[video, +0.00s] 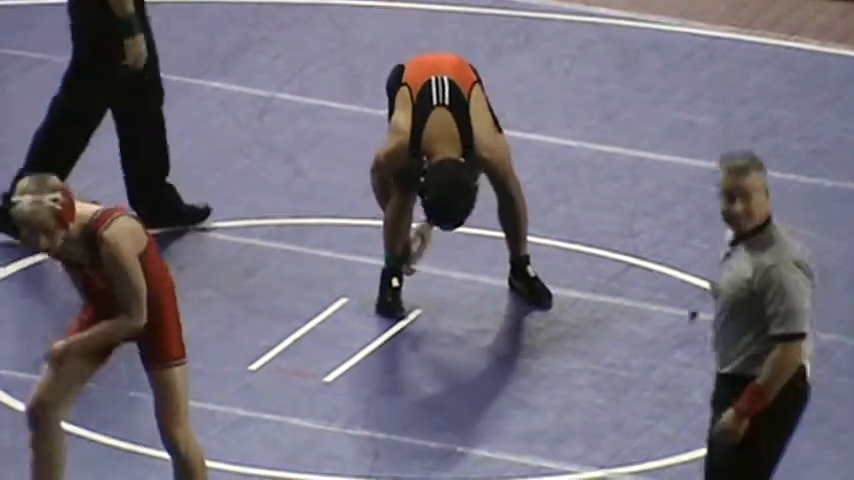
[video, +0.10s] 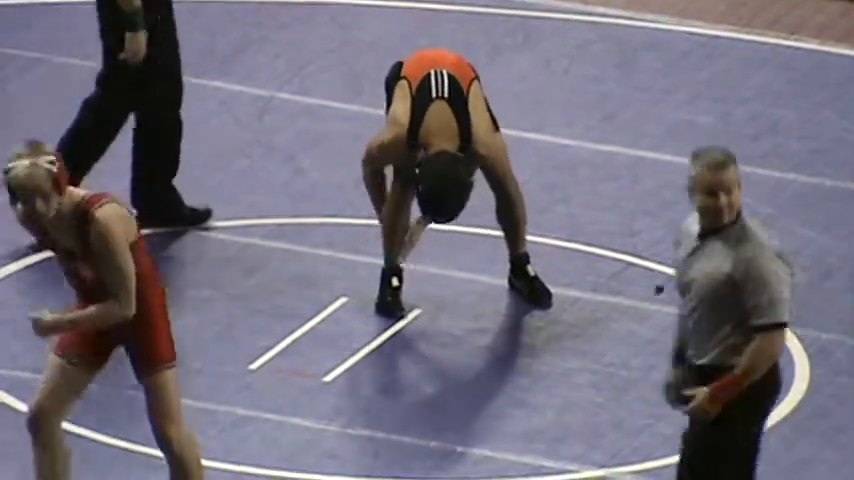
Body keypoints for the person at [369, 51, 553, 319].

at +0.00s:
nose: (444, 228)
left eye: (451, 225)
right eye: (438, 223)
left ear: (473, 183)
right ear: (424, 186)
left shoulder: (492, 150)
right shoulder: (397, 151)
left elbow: (515, 200)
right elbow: (378, 177)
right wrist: (396, 230)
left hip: (464, 73)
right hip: (408, 76)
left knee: (506, 190)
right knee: (403, 192)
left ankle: (521, 268)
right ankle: (391, 277)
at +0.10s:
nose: (433, 221)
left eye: (443, 219)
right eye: (431, 215)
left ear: (469, 178)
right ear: (421, 183)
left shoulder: (488, 145)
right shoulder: (395, 141)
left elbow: (513, 196)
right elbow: (371, 164)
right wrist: (384, 216)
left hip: (464, 73)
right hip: (408, 73)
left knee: (503, 188)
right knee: (402, 186)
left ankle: (521, 267)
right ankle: (391, 276)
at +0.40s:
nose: (439, 152)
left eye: (449, 150)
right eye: (434, 145)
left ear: (466, 132)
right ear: (422, 115)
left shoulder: (487, 120)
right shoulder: (405, 88)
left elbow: (459, 185)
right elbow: (353, 114)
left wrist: (418, 230)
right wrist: (347, 180)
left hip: (480, 59)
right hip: (427, 53)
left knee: (507, 177)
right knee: (410, 179)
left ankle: (525, 256)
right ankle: (392, 273)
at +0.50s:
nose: (455, 100)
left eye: (462, 93)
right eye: (447, 91)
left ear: (481, 82)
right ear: (436, 74)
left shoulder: (504, 81)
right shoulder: (424, 55)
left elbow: (482, 148)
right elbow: (376, 81)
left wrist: (426, 190)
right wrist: (360, 142)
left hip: (496, 101)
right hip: (443, 92)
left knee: (517, 187)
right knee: (418, 182)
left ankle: (530, 254)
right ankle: (394, 274)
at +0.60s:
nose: (476, 42)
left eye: (484, 35)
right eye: (469, 33)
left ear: (500, 27)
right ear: (458, 22)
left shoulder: (528, 41)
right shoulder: (443, 21)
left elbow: (516, 114)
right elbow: (414, 47)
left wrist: (460, 150)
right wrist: (391, 104)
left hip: (515, 93)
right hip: (465, 87)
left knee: (526, 189)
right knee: (428, 178)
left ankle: (529, 266)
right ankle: (393, 274)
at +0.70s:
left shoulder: (542, 8)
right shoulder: (468, 3)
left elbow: (563, 78)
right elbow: (446, 25)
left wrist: (514, 116)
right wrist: (420, 78)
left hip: (534, 79)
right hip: (487, 70)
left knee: (538, 192)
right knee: (437, 166)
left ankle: (537, 285)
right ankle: (417, 268)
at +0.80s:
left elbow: (602, 13)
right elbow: (462, 2)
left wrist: (572, 71)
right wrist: (447, 53)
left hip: (546, 51)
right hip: (499, 43)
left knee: (541, 164)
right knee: (460, 141)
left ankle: (532, 247)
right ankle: (468, 235)